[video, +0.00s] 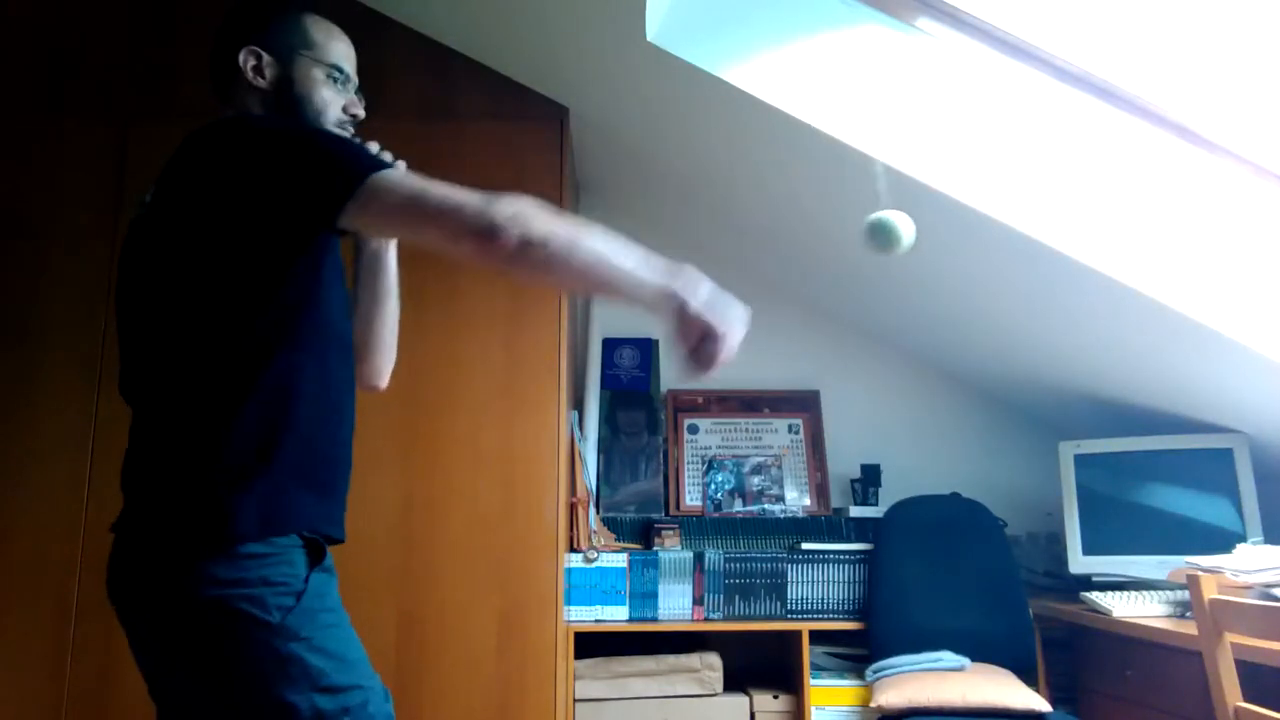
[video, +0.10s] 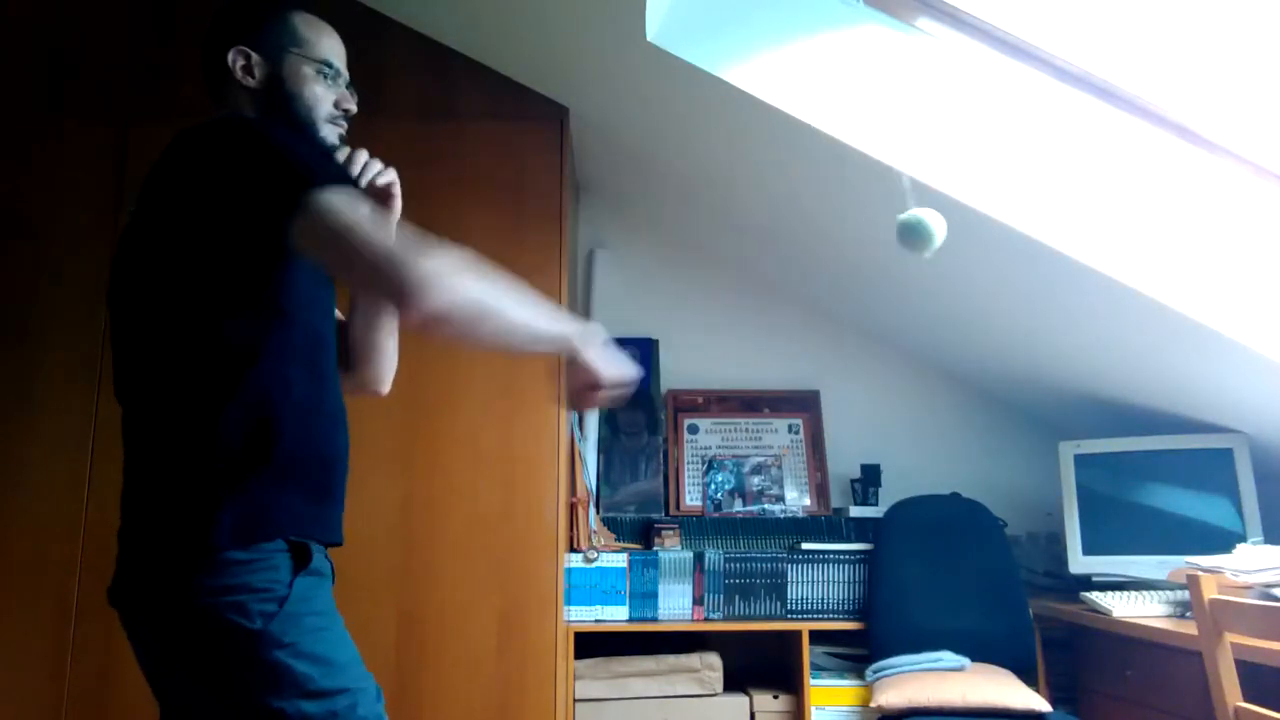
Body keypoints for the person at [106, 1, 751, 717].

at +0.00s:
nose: (356, 103)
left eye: (356, 85)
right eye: (335, 75)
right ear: (257, 69)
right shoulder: (250, 156)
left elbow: (370, 366)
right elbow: (500, 229)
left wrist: (373, 207)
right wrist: (674, 285)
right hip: (231, 564)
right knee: (358, 705)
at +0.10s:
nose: (350, 102)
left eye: (347, 84)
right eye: (326, 73)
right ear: (249, 69)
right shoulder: (248, 154)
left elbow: (367, 371)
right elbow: (418, 280)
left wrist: (376, 240)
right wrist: (579, 335)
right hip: (250, 572)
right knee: (349, 706)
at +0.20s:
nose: (355, 96)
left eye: (351, 80)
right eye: (328, 69)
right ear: (250, 71)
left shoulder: (246, 183)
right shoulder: (230, 168)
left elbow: (375, 388)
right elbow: (297, 361)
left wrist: (383, 261)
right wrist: (467, 335)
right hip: (241, 577)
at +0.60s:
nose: (398, 96)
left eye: (398, 80)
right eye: (374, 68)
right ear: (295, 62)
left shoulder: (302, 188)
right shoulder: (255, 167)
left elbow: (421, 378)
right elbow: (295, 365)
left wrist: (443, 262)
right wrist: (441, 257)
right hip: (286, 573)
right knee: (396, 708)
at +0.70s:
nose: (408, 92)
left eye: (406, 76)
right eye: (386, 65)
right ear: (307, 58)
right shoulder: (293, 149)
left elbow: (424, 368)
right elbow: (424, 309)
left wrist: (445, 254)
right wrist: (580, 216)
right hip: (307, 577)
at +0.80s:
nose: (414, 101)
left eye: (414, 83)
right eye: (396, 71)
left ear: (322, 70)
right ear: (319, 60)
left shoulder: (300, 186)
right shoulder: (303, 146)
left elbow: (420, 361)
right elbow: (546, 224)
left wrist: (448, 209)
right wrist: (727, 213)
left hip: (318, 564)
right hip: (284, 568)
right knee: (407, 708)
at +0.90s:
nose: (415, 107)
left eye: (414, 87)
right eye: (398, 77)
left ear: (322, 75)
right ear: (324, 66)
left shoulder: (290, 183)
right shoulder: (316, 150)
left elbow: (414, 367)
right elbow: (539, 249)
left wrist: (437, 214)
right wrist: (717, 261)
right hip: (306, 579)